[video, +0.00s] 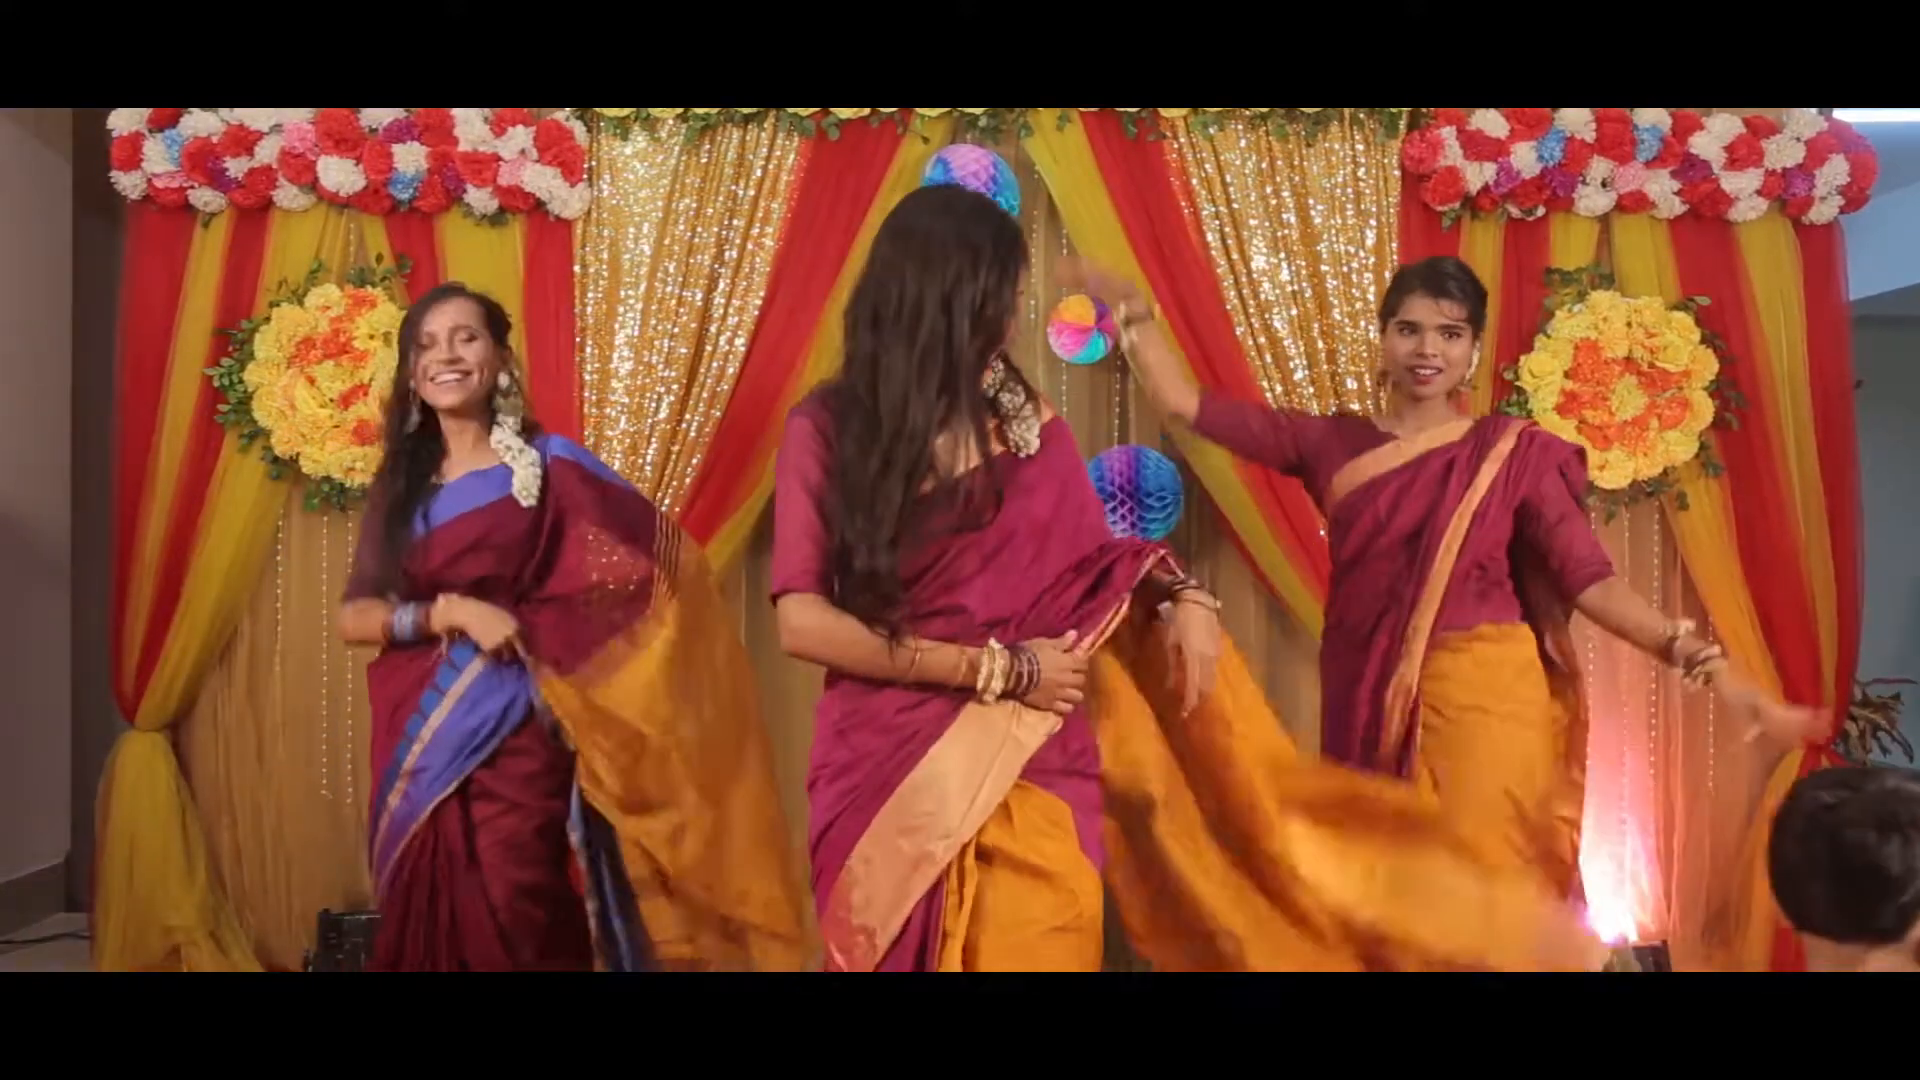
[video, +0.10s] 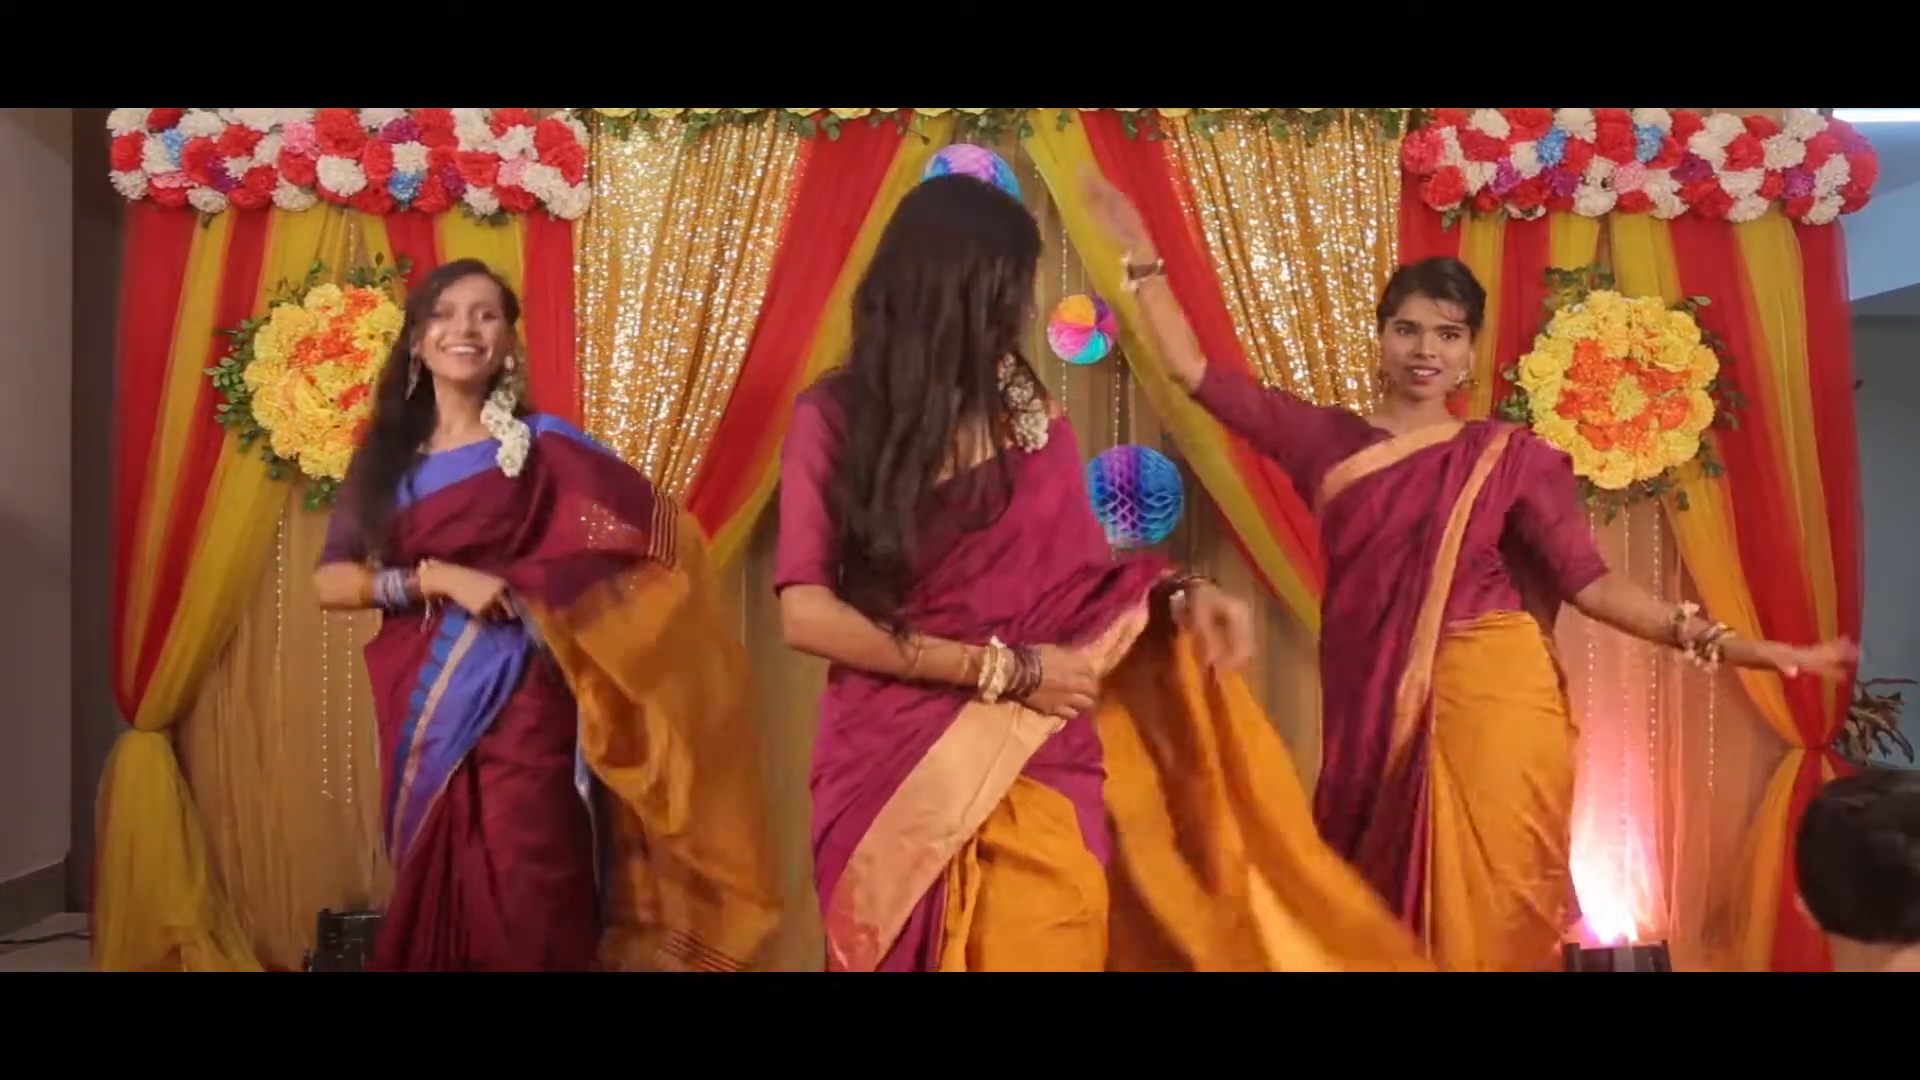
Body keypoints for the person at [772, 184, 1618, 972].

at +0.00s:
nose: (1029, 322)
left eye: (1030, 298)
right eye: (1011, 297)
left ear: (1023, 299)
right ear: (947, 293)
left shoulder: (1028, 410)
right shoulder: (830, 430)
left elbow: (1091, 551)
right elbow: (801, 623)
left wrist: (1176, 589)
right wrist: (997, 673)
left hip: (1044, 757)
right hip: (896, 760)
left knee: (1047, 946)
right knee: (891, 954)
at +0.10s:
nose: (1028, 306)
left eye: (1030, 282)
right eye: (1016, 283)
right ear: (960, 284)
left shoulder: (1031, 405)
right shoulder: (834, 415)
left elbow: (1080, 568)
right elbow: (806, 613)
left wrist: (1182, 589)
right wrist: (1011, 669)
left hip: (1044, 767)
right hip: (892, 772)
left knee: (1046, 953)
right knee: (900, 959)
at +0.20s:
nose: (1039, 314)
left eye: (1039, 291)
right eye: (1027, 290)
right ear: (966, 292)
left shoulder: (1046, 418)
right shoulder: (847, 428)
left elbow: (1063, 600)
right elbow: (815, 628)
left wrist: (1164, 605)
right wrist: (1015, 694)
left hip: (1037, 795)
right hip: (891, 800)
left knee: (1043, 953)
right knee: (896, 961)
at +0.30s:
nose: (1034, 338)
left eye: (1038, 311)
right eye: (1022, 311)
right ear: (972, 309)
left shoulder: (1055, 434)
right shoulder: (850, 445)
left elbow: (1103, 584)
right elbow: (825, 650)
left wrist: (1145, 613)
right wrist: (1021, 708)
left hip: (1041, 813)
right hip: (888, 815)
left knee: (1046, 952)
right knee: (901, 958)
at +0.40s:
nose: (1053, 337)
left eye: (1053, 313)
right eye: (1044, 313)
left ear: (925, 292)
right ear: (1004, 311)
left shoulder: (1055, 438)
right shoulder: (843, 433)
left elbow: (1116, 581)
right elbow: (819, 626)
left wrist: (1136, 635)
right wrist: (1021, 690)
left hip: (1055, 810)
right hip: (898, 815)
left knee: (1059, 953)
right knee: (901, 958)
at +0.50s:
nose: (1062, 333)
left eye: (1064, 307)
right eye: (1056, 306)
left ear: (931, 284)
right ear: (1006, 301)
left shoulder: (1051, 437)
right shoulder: (839, 416)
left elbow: (1121, 591)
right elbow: (810, 602)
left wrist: (1131, 642)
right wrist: (1010, 668)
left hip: (1064, 795)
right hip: (907, 798)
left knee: (1070, 946)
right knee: (924, 955)